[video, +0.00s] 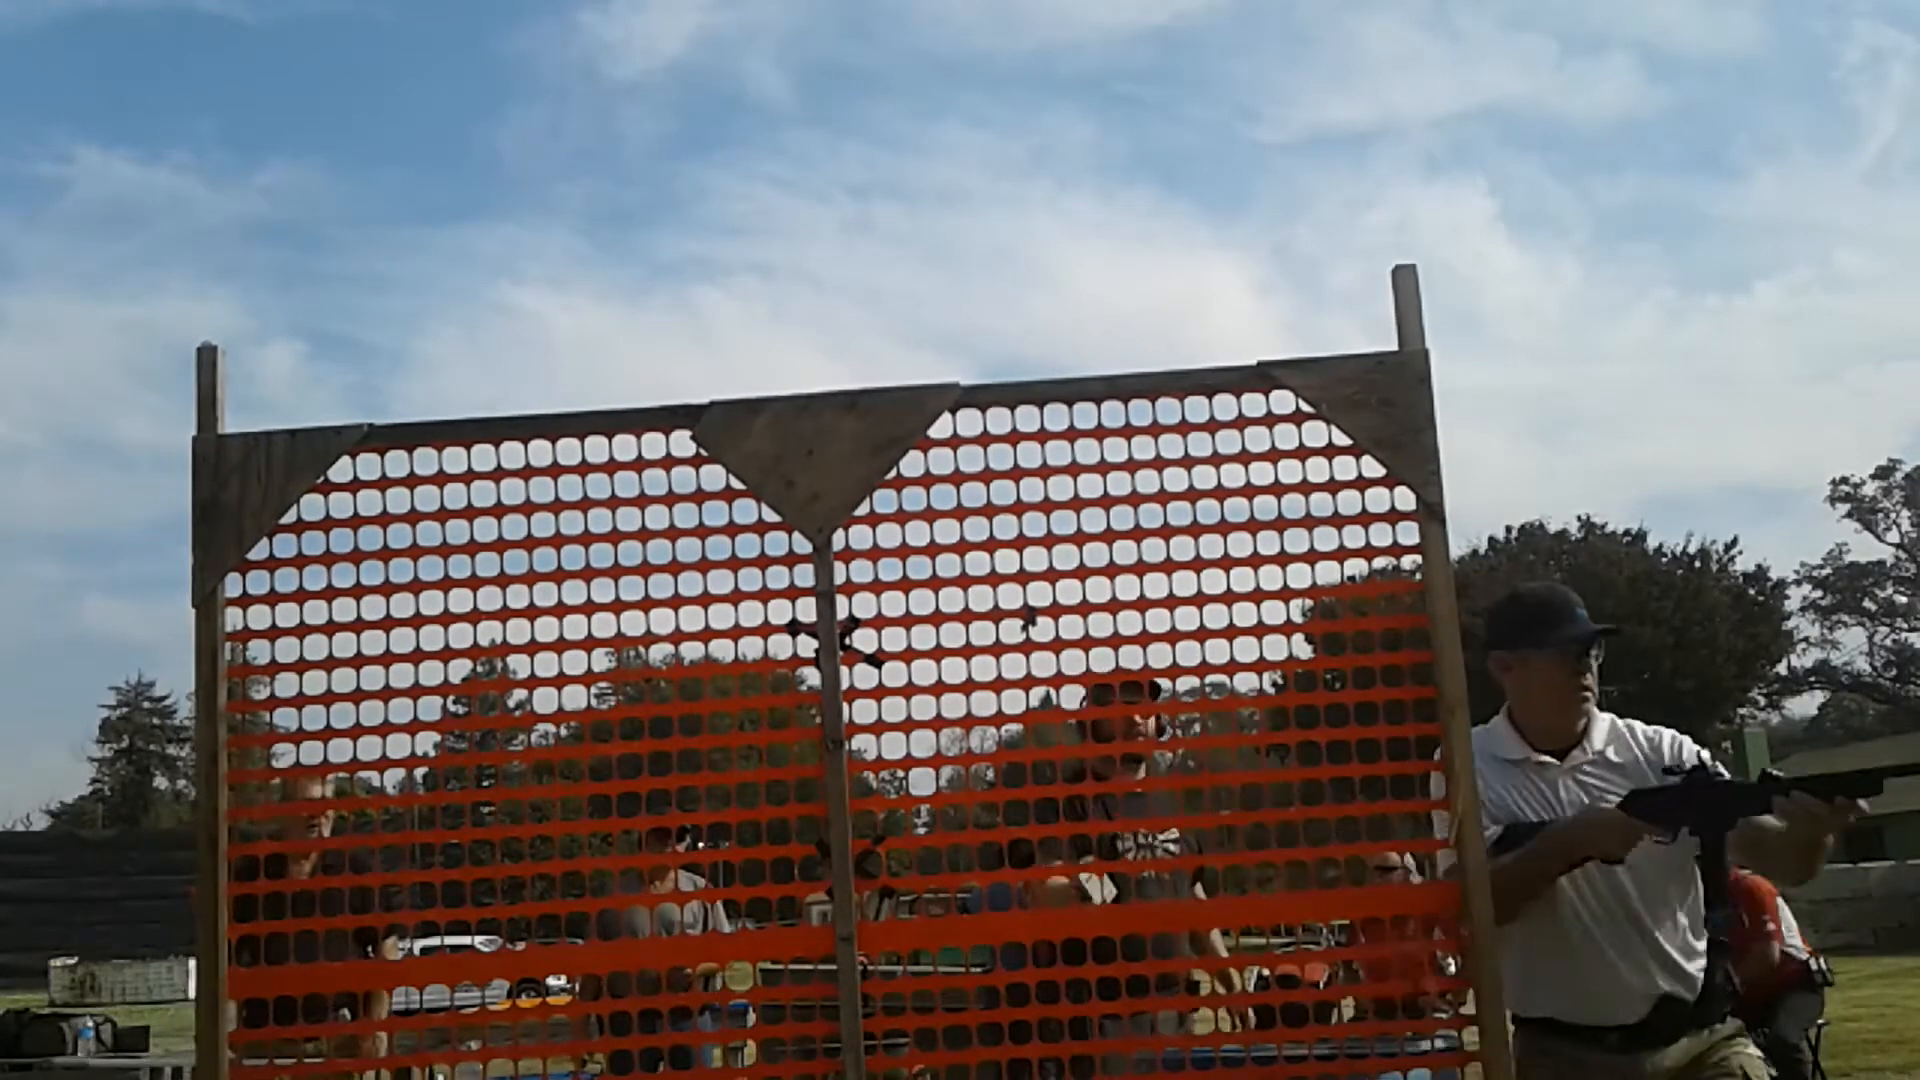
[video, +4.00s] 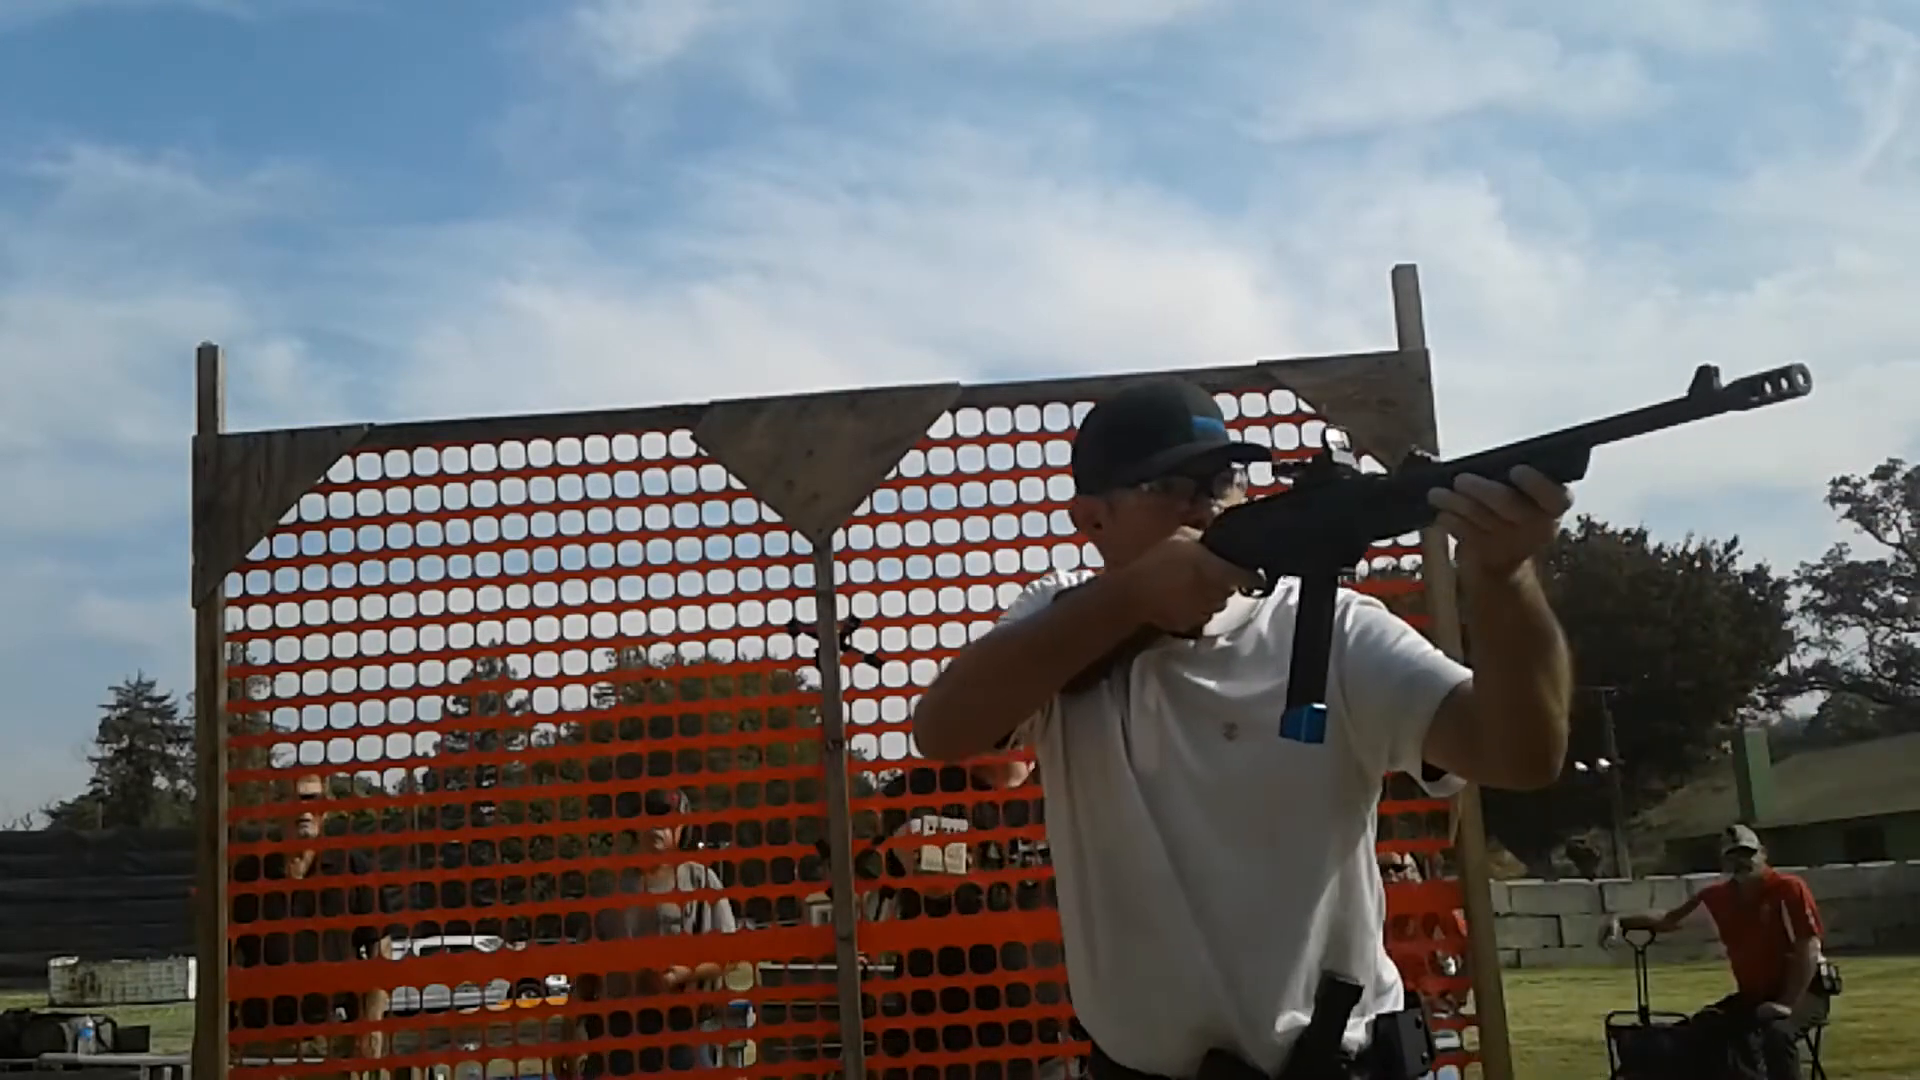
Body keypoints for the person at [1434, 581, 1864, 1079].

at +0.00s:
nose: (1587, 670)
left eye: (1590, 652)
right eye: (1566, 654)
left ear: (1599, 655)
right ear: (1505, 669)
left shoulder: (1665, 753)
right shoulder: (1464, 774)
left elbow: (1778, 862)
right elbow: (1472, 905)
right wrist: (1570, 842)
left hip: (1698, 1040)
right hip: (1562, 1052)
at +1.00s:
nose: (1783, 527)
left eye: (1787, 507)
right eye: (1757, 503)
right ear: (1662, 515)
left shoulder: (1835, 657)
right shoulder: (1582, 596)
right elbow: (1557, 653)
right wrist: (1750, 568)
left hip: (1799, 1039)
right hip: (1614, 1042)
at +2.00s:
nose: (1773, 504)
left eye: (1791, 478)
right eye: (1745, 479)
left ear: (1816, 487)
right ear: (1678, 508)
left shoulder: (1879, 625)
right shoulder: (1643, 644)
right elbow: (1513, 665)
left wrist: (1915, 558)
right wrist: (1682, 577)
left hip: (1862, 1043)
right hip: (1684, 1044)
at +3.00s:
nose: (1805, 436)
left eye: (1827, 406)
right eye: (1774, 415)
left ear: (1875, 416)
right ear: (1731, 453)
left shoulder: (1912, 548)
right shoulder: (1735, 586)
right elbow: (1578, 662)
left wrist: (1913, 492)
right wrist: (1727, 543)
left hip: (1910, 1034)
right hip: (1796, 1036)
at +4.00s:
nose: (1206, 511)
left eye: (1220, 481)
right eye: (1170, 488)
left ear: (1247, 489)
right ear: (1094, 518)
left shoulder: (1330, 630)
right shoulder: (1061, 631)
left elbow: (1522, 756)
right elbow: (939, 732)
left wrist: (1500, 581)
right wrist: (1130, 597)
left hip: (1344, 1054)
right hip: (1141, 1063)